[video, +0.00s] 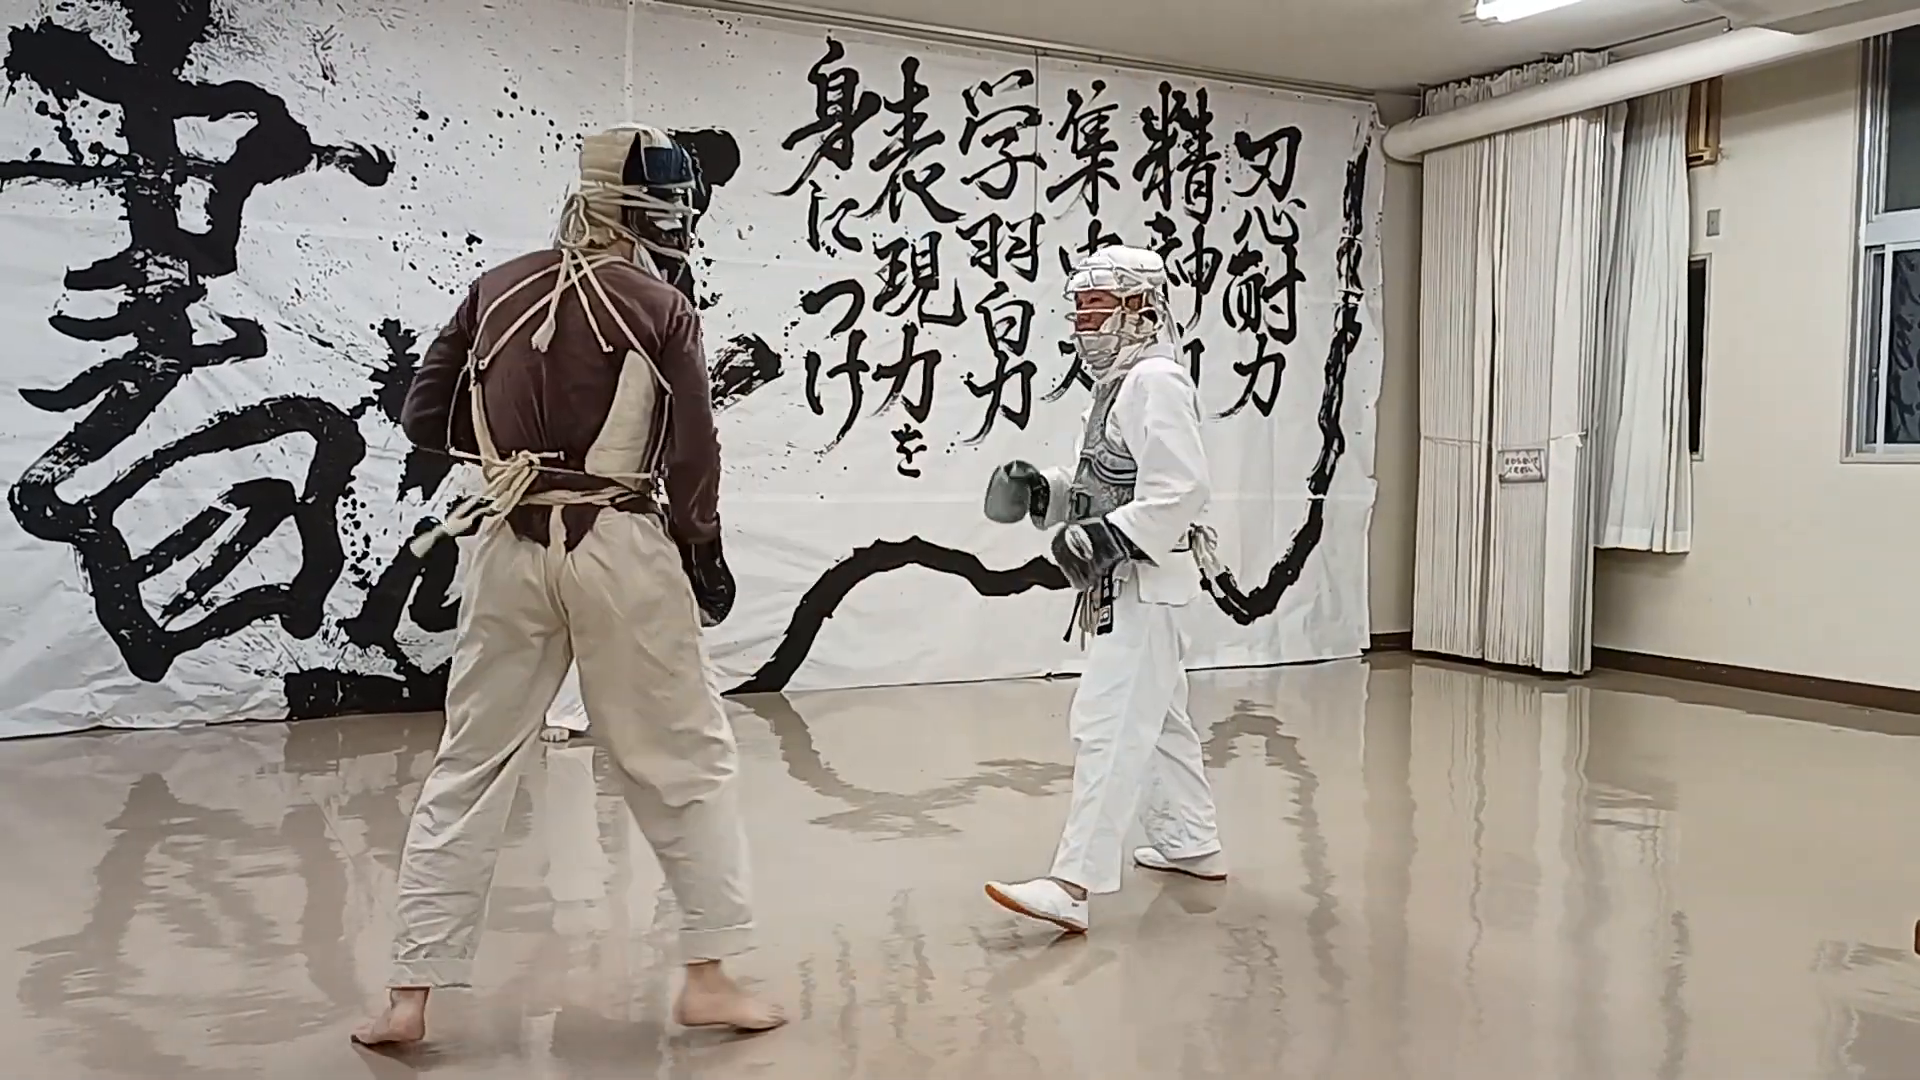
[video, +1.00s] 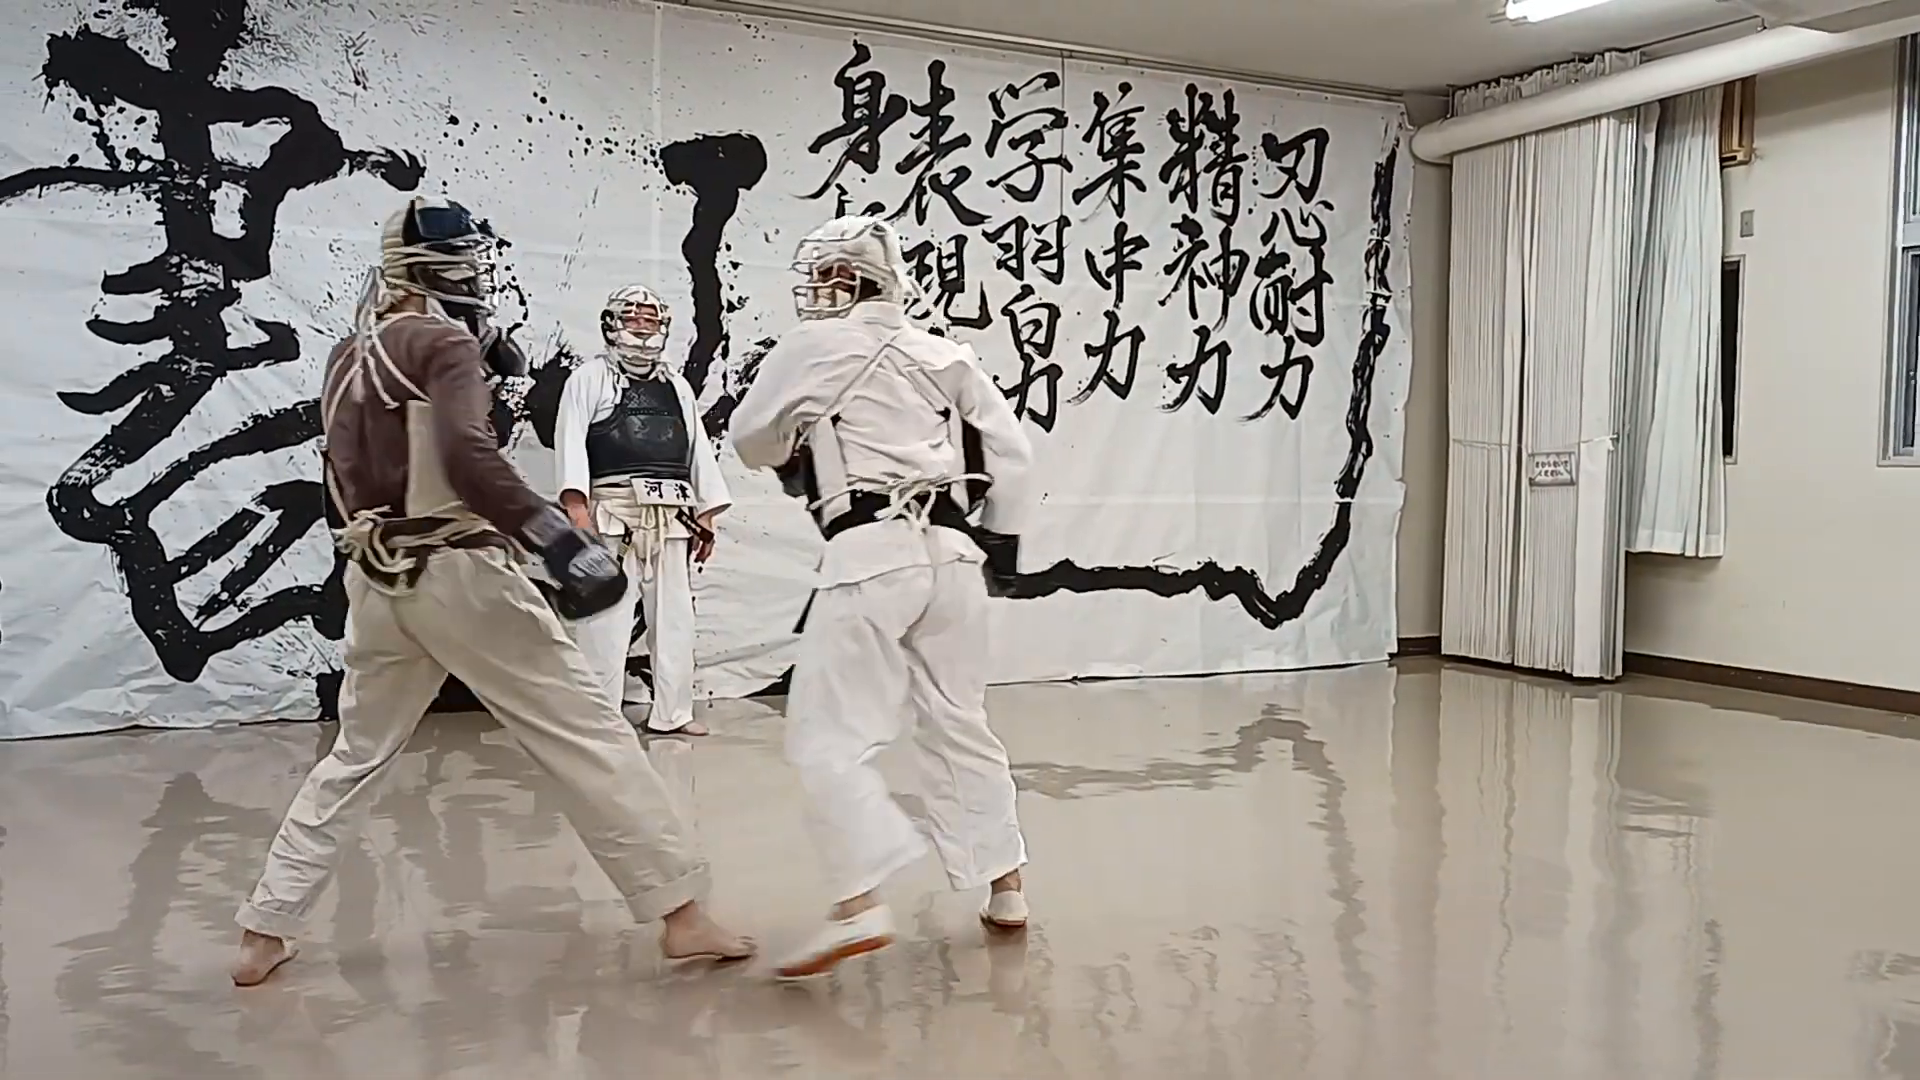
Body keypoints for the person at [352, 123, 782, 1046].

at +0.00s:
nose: (685, 228)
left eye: (684, 211)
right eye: (678, 212)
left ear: (586, 204)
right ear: (652, 214)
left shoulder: (500, 284)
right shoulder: (661, 301)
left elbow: (426, 413)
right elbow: (691, 447)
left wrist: (500, 444)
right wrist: (705, 547)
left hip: (505, 552)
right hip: (623, 553)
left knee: (469, 763)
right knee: (682, 757)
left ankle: (409, 994)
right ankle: (711, 972)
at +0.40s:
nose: (673, 254)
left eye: (673, 240)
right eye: (667, 241)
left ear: (577, 230)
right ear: (642, 243)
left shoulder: (494, 305)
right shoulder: (644, 333)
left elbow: (434, 430)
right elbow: (662, 471)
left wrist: (508, 463)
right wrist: (701, 534)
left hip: (474, 554)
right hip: (584, 561)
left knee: (451, 764)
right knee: (676, 738)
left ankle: (419, 1000)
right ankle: (723, 936)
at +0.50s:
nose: (697, 263)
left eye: (695, 248)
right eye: (688, 250)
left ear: (604, 247)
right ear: (659, 255)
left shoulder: (523, 321)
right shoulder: (659, 345)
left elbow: (486, 460)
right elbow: (698, 478)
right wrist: (761, 476)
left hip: (498, 569)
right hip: (605, 575)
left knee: (472, 773)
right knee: (673, 753)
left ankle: (429, 995)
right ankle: (725, 939)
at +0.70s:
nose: (685, 291)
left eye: (682, 275)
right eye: (675, 278)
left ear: (596, 278)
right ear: (647, 283)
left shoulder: (527, 347)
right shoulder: (652, 357)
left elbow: (487, 481)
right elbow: (739, 469)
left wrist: (649, 513)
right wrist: (768, 400)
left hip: (497, 588)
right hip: (603, 590)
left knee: (453, 755)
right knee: (681, 758)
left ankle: (397, 923)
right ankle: (738, 936)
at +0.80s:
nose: (631, 296)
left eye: (626, 282)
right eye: (623, 282)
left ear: (538, 285)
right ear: (607, 286)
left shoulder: (481, 364)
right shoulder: (620, 358)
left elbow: (467, 501)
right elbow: (685, 452)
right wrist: (737, 481)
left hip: (489, 601)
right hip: (594, 601)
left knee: (404, 753)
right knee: (677, 760)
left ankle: (305, 914)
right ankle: (739, 936)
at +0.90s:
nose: (544, 283)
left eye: (539, 271)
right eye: (535, 273)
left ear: (453, 281)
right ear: (512, 278)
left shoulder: (412, 365)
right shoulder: (542, 355)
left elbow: (404, 497)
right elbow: (599, 475)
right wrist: (660, 558)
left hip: (439, 594)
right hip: (540, 589)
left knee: (369, 757)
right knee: (640, 748)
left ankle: (264, 929)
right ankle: (738, 927)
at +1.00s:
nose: (481, 281)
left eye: (479, 267)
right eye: (473, 268)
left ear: (397, 271)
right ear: (452, 272)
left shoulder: (347, 357)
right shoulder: (447, 339)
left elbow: (366, 467)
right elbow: (466, 452)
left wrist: (481, 384)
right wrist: (556, 535)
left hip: (376, 583)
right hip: (466, 574)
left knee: (352, 757)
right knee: (585, 731)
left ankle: (262, 938)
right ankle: (684, 917)